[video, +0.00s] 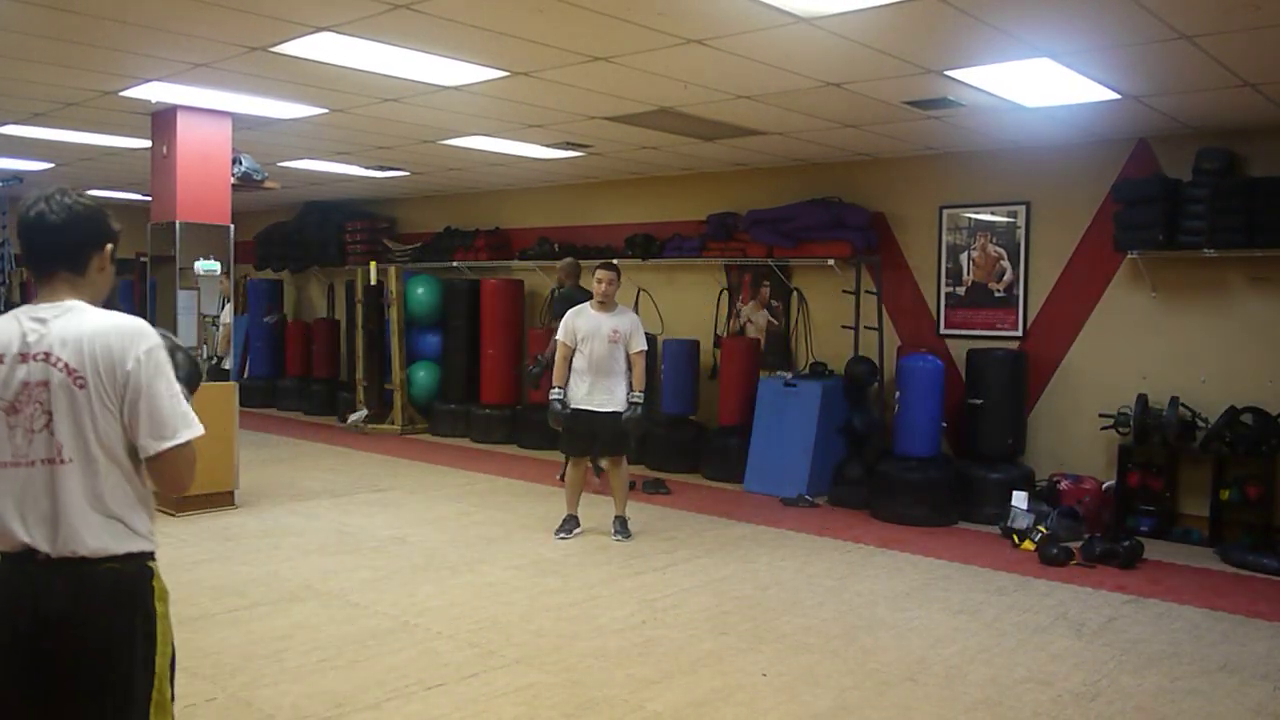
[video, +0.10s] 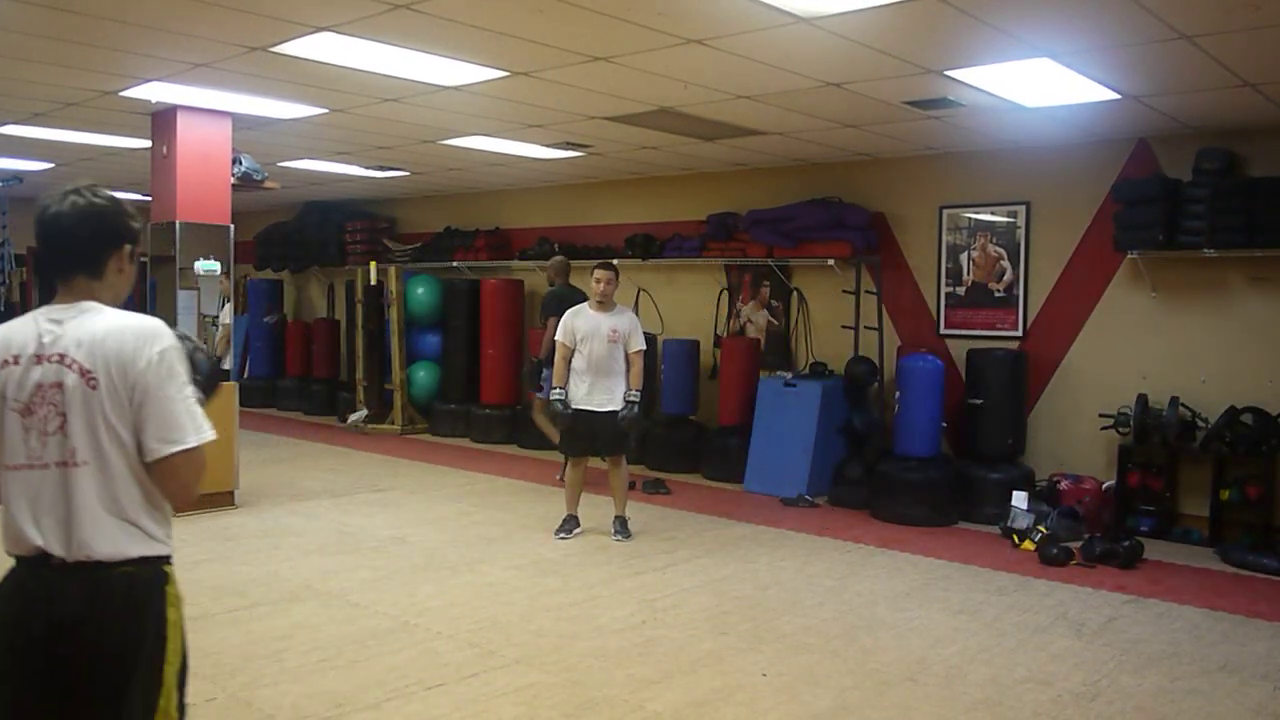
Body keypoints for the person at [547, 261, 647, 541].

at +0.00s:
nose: (604, 287)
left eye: (610, 283)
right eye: (599, 281)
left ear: (618, 286)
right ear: (592, 283)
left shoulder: (629, 319)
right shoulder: (573, 316)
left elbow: (638, 361)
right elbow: (561, 357)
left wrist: (637, 400)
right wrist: (557, 394)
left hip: (615, 406)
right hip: (578, 405)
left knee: (617, 462)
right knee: (576, 461)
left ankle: (620, 518)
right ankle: (571, 516)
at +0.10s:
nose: (602, 287)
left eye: (609, 282)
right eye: (598, 281)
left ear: (616, 286)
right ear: (590, 283)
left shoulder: (627, 319)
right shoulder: (572, 316)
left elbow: (636, 361)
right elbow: (561, 357)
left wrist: (633, 399)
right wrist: (557, 394)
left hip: (614, 406)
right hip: (578, 405)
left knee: (617, 461)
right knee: (575, 461)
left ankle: (620, 518)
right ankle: (570, 516)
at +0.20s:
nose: (601, 287)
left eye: (607, 282)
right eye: (596, 281)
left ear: (615, 286)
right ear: (588, 283)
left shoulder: (627, 320)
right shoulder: (571, 316)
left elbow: (635, 361)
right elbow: (560, 357)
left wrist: (632, 399)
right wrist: (557, 394)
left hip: (613, 406)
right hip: (577, 405)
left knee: (616, 461)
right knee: (575, 461)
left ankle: (620, 518)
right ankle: (570, 516)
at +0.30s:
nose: (599, 287)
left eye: (605, 282)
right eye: (594, 281)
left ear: (613, 286)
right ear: (587, 283)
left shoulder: (625, 319)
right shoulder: (570, 317)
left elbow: (634, 361)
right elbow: (557, 358)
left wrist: (633, 398)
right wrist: (554, 393)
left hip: (612, 406)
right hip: (575, 405)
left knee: (615, 460)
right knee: (574, 461)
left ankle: (620, 517)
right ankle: (571, 516)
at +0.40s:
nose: (596, 287)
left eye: (603, 282)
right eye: (592, 281)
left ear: (611, 286)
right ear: (585, 283)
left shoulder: (623, 319)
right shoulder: (568, 317)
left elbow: (634, 360)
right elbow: (555, 357)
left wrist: (633, 397)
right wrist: (552, 391)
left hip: (611, 405)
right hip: (574, 404)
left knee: (614, 460)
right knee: (573, 461)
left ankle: (620, 517)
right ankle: (570, 516)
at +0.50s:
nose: (594, 287)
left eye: (600, 282)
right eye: (589, 281)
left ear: (608, 286)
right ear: (582, 283)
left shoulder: (621, 319)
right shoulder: (566, 317)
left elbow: (633, 359)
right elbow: (553, 357)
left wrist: (632, 395)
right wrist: (551, 392)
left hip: (610, 406)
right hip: (573, 404)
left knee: (613, 460)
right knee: (571, 461)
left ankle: (620, 517)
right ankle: (570, 516)